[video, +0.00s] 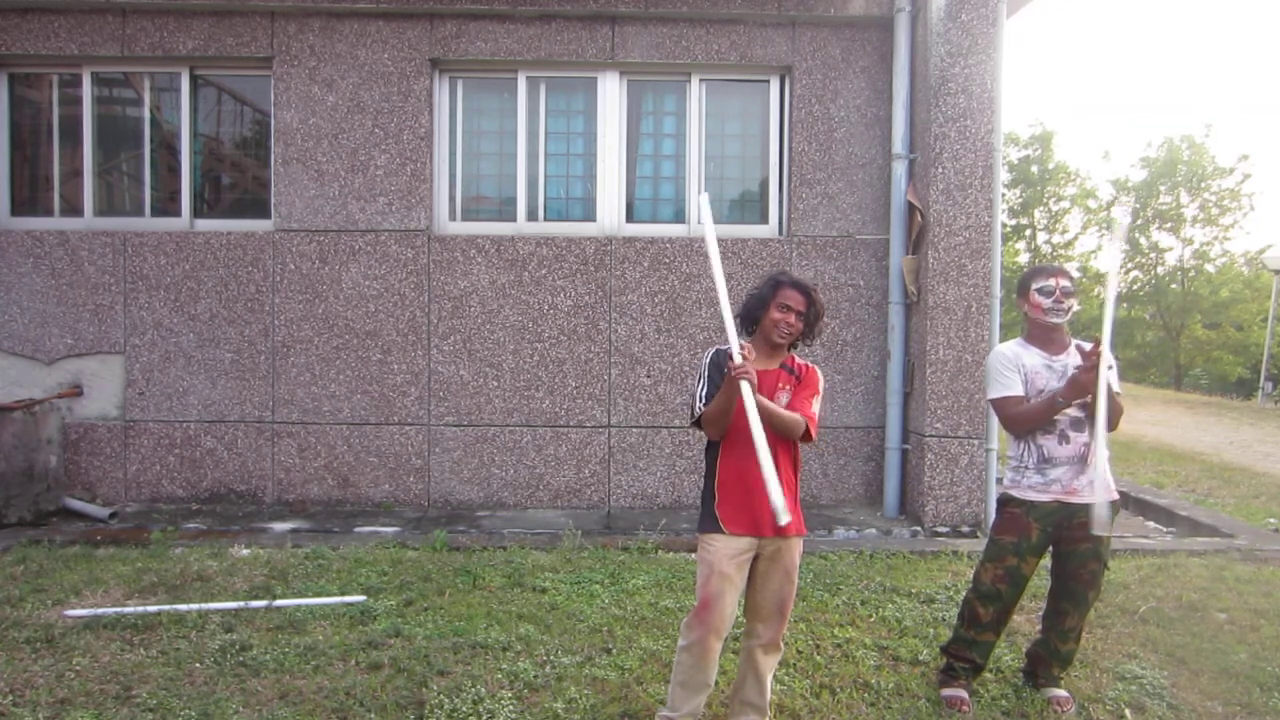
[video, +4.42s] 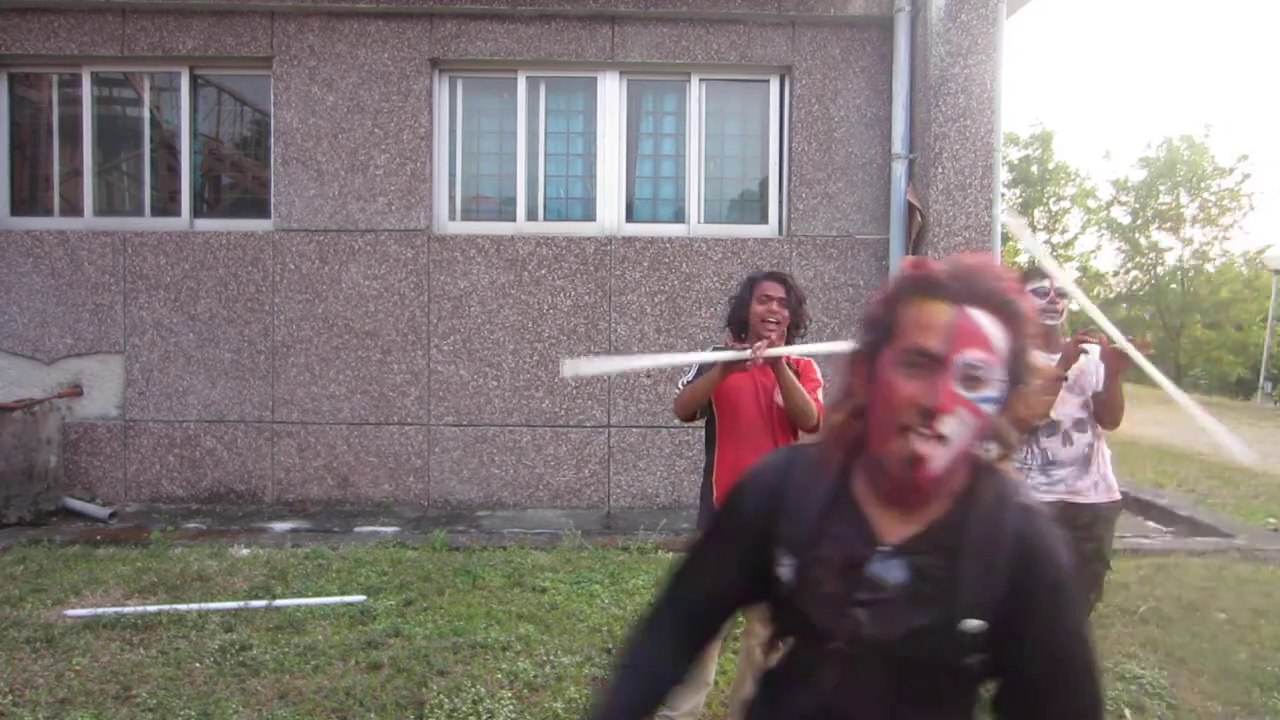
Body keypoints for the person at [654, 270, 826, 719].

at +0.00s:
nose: (790, 320)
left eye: (800, 315)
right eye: (783, 308)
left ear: (805, 326)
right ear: (761, 308)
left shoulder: (807, 373)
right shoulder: (723, 358)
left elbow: (800, 428)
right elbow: (713, 429)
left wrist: (751, 396)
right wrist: (732, 382)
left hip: (785, 519)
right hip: (728, 516)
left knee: (768, 635)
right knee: (709, 621)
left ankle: (749, 715)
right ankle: (678, 714)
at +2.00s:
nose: (786, 319)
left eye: (789, 311)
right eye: (777, 310)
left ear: (792, 316)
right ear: (747, 312)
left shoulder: (795, 362)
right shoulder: (713, 355)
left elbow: (793, 420)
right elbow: (690, 405)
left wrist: (782, 386)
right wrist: (742, 365)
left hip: (777, 513)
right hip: (721, 514)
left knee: (766, 630)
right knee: (703, 621)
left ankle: (749, 714)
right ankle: (678, 713)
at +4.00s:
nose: (774, 314)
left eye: (783, 308)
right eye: (766, 304)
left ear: (791, 318)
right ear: (744, 310)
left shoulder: (801, 367)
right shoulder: (719, 358)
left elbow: (804, 421)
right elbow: (692, 414)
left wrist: (781, 362)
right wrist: (735, 364)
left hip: (781, 518)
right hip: (724, 517)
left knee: (766, 633)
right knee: (706, 623)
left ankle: (749, 714)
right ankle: (678, 714)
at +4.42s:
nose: (773, 310)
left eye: (782, 303)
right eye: (763, 300)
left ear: (793, 316)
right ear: (742, 309)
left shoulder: (801, 366)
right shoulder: (721, 364)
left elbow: (810, 421)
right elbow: (683, 408)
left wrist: (780, 368)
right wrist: (723, 366)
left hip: (781, 510)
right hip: (724, 511)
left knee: (767, 619)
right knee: (702, 614)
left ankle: (750, 707)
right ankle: (680, 706)